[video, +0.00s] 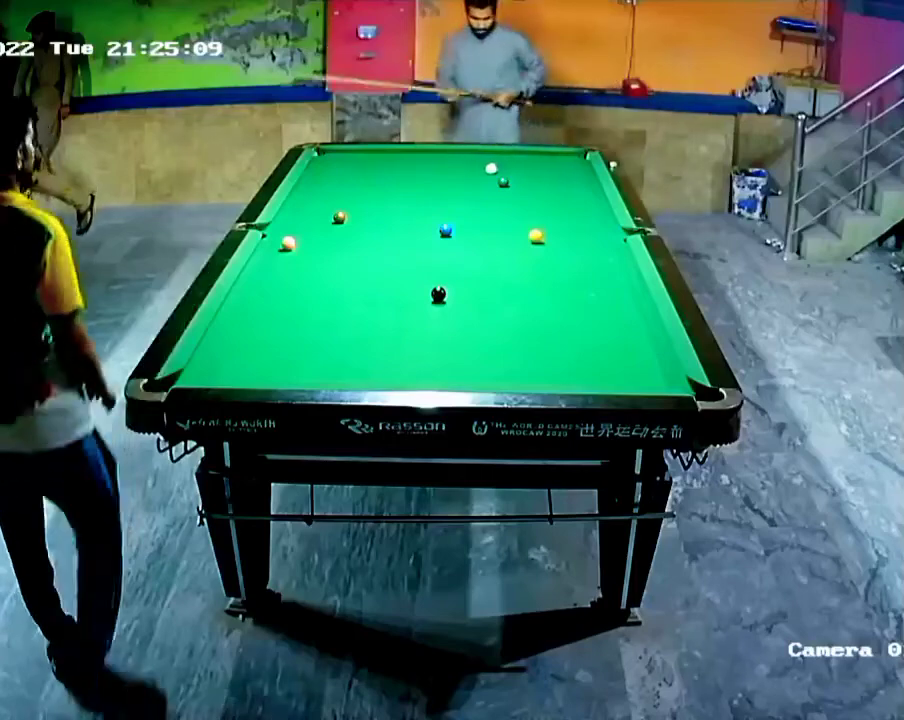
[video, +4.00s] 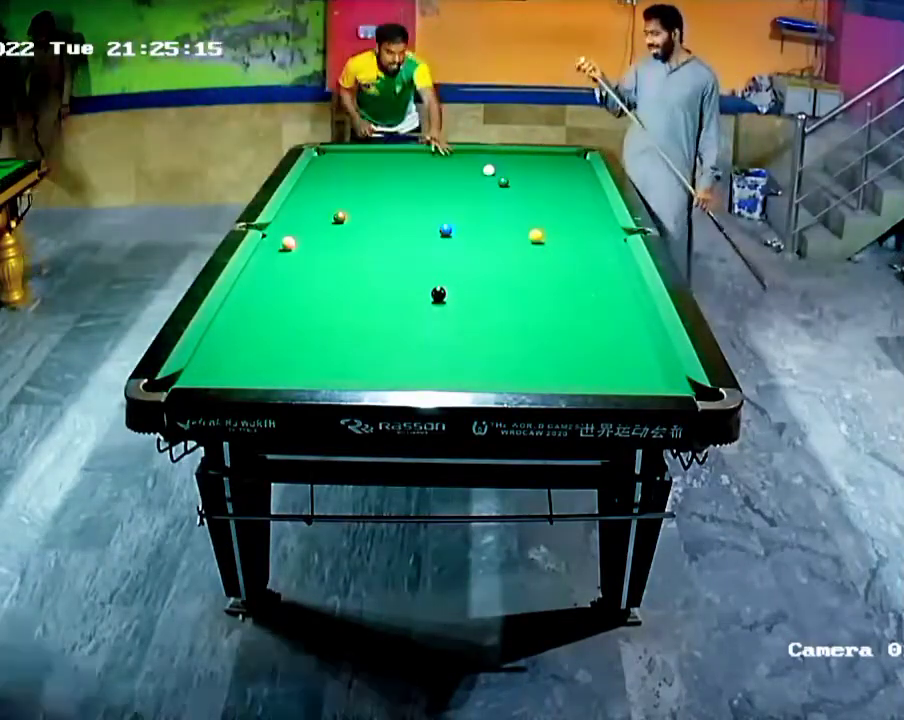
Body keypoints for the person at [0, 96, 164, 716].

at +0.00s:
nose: (33, 155)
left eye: (30, 144)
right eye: (29, 146)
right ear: (18, 153)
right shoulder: (38, 227)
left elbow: (65, 325)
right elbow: (68, 329)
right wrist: (102, 388)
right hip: (52, 424)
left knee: (26, 553)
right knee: (100, 543)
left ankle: (65, 650)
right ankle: (87, 667)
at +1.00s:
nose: (103, 87)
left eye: (99, 80)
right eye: (101, 81)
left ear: (58, 89)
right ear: (96, 86)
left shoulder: (35, 140)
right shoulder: (114, 137)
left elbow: (25, 213)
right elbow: (138, 210)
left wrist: (23, 272)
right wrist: (177, 255)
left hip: (59, 280)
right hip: (110, 279)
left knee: (75, 372)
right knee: (125, 367)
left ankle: (95, 450)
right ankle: (111, 463)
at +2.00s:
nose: (206, 46)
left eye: (206, 40)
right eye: (202, 40)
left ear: (173, 40)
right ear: (186, 42)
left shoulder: (142, 73)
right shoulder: (195, 79)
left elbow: (137, 128)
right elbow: (207, 134)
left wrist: (144, 166)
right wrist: (247, 171)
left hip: (159, 187)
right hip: (198, 185)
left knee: (160, 262)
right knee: (212, 246)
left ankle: (168, 329)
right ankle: (208, 315)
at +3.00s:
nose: (316, 22)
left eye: (318, 16)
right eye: (309, 17)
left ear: (321, 15)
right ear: (294, 19)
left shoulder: (309, 45)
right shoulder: (291, 49)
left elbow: (305, 91)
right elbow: (279, 97)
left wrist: (331, 102)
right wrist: (302, 130)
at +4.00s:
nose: (397, 60)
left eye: (401, 53)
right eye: (390, 53)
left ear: (406, 50)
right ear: (378, 48)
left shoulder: (416, 67)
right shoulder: (357, 65)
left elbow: (431, 100)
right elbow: (346, 91)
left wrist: (435, 131)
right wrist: (357, 121)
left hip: (406, 129)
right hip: (370, 129)